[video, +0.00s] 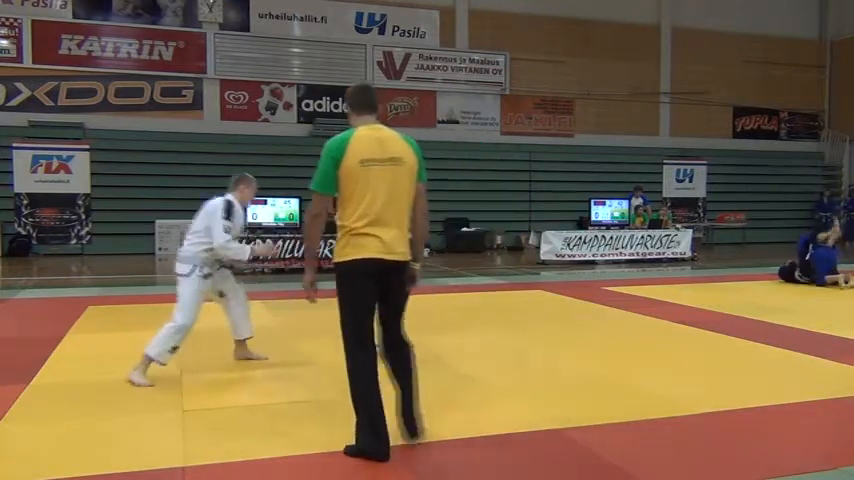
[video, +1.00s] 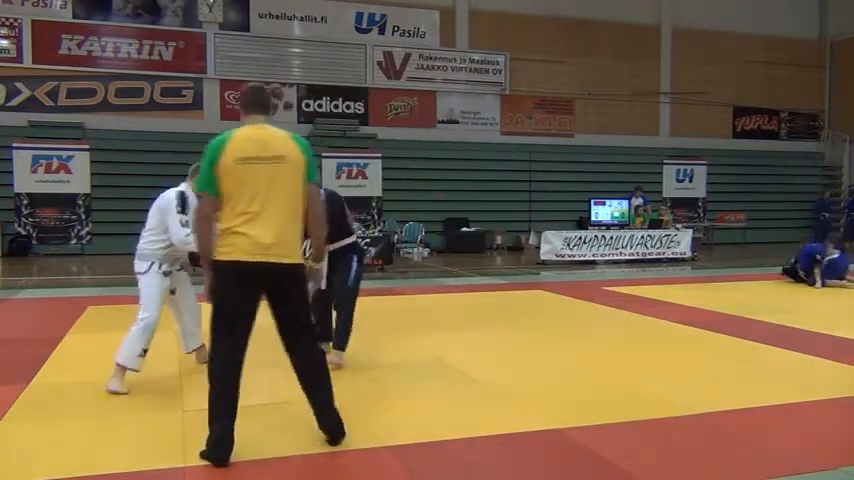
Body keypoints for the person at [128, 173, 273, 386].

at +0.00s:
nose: (254, 197)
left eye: (255, 193)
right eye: (253, 192)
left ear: (242, 188)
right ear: (242, 188)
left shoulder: (237, 211)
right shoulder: (221, 205)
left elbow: (226, 244)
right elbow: (221, 245)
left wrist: (252, 250)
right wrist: (254, 251)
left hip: (214, 267)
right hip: (193, 266)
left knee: (236, 295)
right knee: (183, 321)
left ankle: (241, 348)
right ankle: (140, 369)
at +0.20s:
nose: (235, 183)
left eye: (236, 178)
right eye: (234, 177)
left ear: (222, 173)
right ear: (222, 172)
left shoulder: (216, 197)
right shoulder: (198, 189)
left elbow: (211, 228)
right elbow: (208, 228)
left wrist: (242, 229)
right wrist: (243, 229)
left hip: (191, 259)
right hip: (170, 256)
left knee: (209, 296)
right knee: (161, 311)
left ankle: (204, 352)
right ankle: (134, 369)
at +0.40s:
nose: (224, 183)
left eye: (226, 178)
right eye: (224, 177)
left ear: (212, 172)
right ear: (212, 172)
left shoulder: (203, 194)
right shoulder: (187, 190)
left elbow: (199, 225)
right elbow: (192, 231)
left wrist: (224, 218)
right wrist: (228, 234)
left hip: (184, 259)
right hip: (164, 258)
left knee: (205, 296)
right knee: (155, 314)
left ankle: (192, 348)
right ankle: (132, 369)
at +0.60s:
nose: (230, 189)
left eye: (231, 184)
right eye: (230, 183)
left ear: (217, 178)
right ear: (218, 178)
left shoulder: (210, 202)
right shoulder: (190, 193)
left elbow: (204, 233)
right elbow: (197, 231)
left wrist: (233, 233)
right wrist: (233, 234)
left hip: (186, 259)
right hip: (164, 257)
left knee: (204, 297)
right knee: (161, 310)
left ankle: (204, 350)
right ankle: (133, 367)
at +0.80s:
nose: (228, 189)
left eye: (230, 184)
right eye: (228, 183)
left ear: (215, 178)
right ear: (217, 179)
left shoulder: (208, 201)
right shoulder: (191, 194)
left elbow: (208, 227)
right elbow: (190, 234)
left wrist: (233, 227)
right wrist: (221, 243)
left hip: (182, 258)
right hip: (161, 256)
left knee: (197, 299)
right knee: (158, 310)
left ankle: (202, 350)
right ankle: (129, 369)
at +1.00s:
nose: (208, 188)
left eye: (209, 184)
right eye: (206, 183)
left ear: (197, 179)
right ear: (197, 179)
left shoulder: (198, 202)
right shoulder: (174, 197)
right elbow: (181, 240)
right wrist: (212, 243)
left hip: (176, 263)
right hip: (151, 263)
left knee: (190, 306)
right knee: (149, 316)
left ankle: (201, 352)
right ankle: (119, 374)